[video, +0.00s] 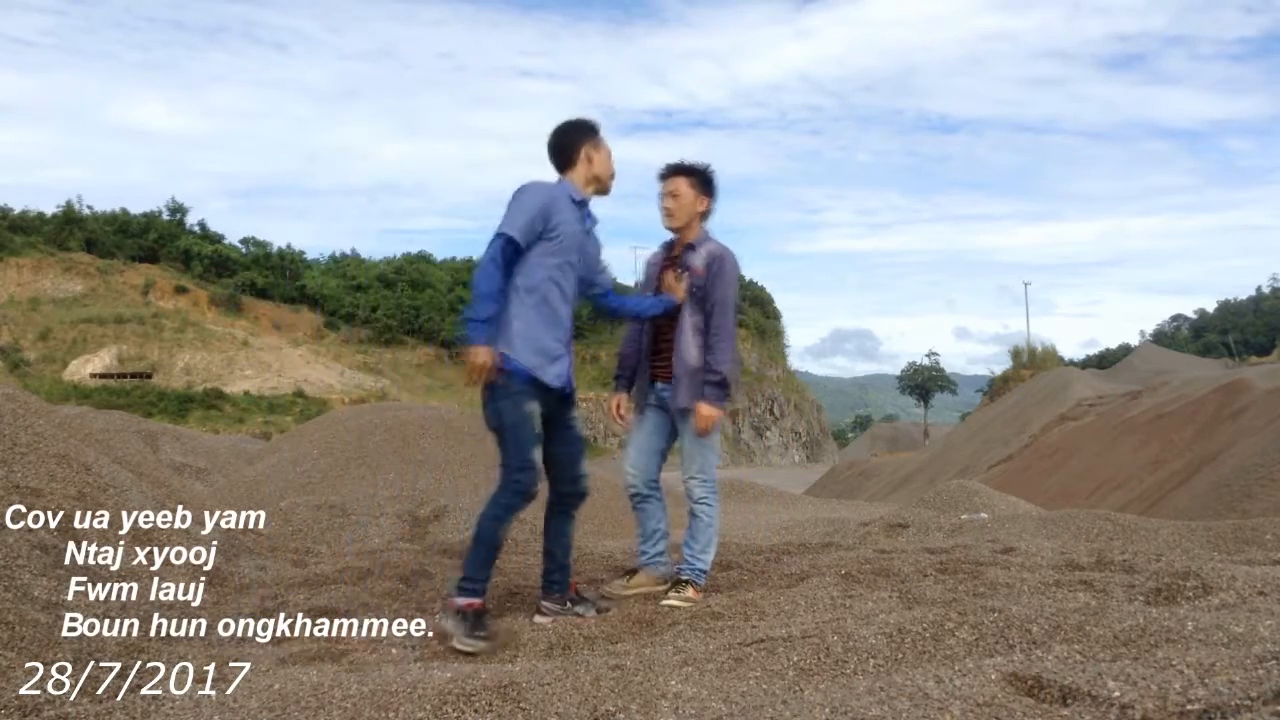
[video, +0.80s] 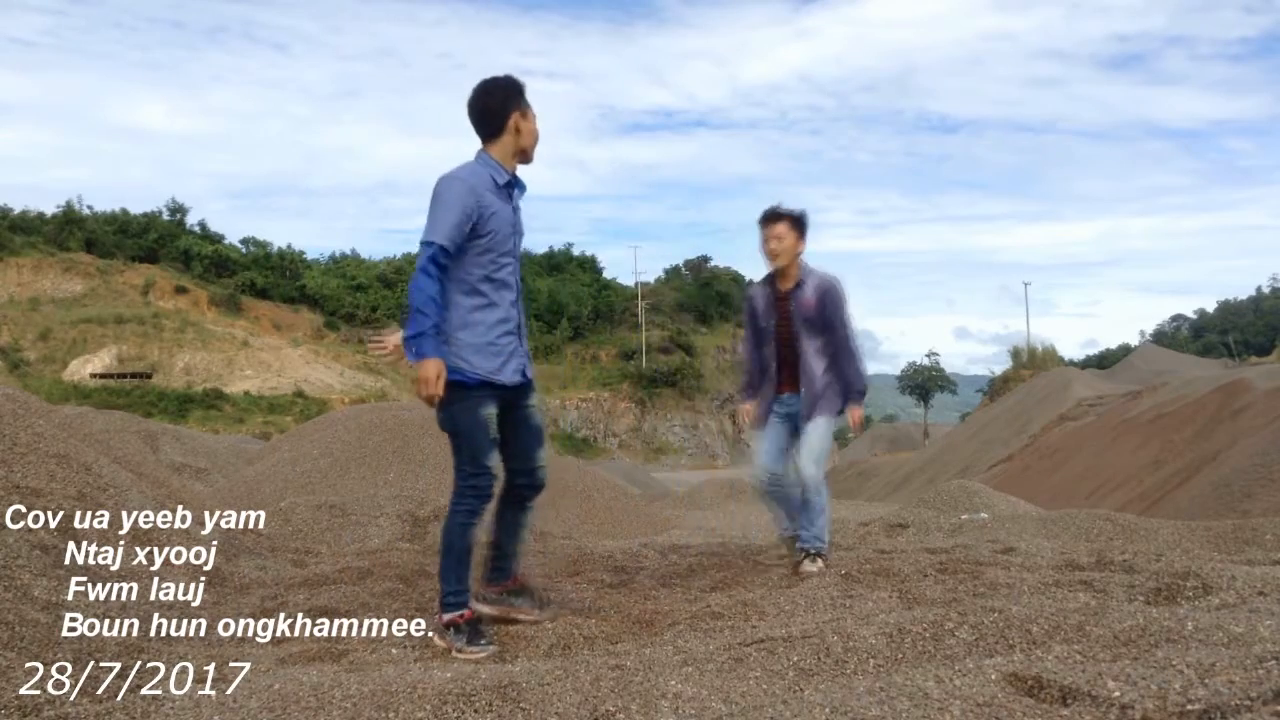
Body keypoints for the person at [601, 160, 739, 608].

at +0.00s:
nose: (665, 204)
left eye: (674, 196)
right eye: (662, 197)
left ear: (702, 203)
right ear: (663, 203)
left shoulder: (718, 260)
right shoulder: (655, 261)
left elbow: (723, 331)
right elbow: (639, 325)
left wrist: (714, 394)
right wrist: (622, 384)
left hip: (696, 393)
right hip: (654, 391)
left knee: (698, 486)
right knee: (639, 477)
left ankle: (693, 576)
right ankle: (654, 567)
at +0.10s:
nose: (686, 216)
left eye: (695, 208)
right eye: (682, 209)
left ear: (721, 210)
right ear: (679, 212)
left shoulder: (738, 265)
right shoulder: (672, 266)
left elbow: (727, 329)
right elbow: (646, 322)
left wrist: (704, 382)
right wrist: (623, 374)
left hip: (709, 395)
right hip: (662, 392)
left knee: (703, 484)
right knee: (643, 474)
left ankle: (692, 574)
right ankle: (690, 546)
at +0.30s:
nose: (722, 238)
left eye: (732, 231)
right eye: (719, 230)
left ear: (755, 240)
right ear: (714, 236)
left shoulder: (769, 296)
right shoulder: (695, 288)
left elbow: (774, 344)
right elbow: (659, 330)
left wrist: (745, 335)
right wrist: (628, 362)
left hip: (741, 403)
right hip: (697, 403)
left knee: (718, 474)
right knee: (693, 493)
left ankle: (702, 571)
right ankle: (739, 565)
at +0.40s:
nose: (729, 244)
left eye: (739, 237)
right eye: (726, 237)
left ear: (761, 247)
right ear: (720, 243)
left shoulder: (782, 300)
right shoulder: (705, 299)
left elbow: (801, 354)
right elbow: (675, 341)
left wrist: (775, 342)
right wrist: (645, 369)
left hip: (756, 404)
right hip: (712, 406)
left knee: (736, 466)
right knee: (697, 487)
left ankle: (740, 558)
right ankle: (724, 555)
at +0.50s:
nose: (742, 240)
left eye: (751, 233)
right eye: (738, 234)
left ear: (773, 239)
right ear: (734, 239)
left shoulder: (796, 291)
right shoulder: (719, 295)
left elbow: (820, 342)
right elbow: (700, 347)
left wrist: (808, 373)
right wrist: (681, 376)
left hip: (776, 400)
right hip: (728, 402)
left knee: (766, 461)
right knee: (719, 483)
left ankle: (781, 540)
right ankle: (736, 567)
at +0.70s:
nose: (762, 256)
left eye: (771, 248)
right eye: (758, 249)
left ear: (793, 253)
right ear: (754, 253)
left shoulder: (816, 301)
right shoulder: (748, 300)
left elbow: (836, 360)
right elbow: (740, 356)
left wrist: (852, 414)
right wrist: (730, 403)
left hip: (812, 408)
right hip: (768, 407)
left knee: (806, 477)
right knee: (742, 467)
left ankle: (812, 552)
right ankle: (772, 544)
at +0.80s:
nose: (771, 246)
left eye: (779, 239)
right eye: (766, 240)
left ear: (800, 242)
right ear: (762, 243)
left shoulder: (824, 287)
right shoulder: (757, 294)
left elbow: (844, 345)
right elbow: (753, 349)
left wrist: (855, 397)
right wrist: (749, 395)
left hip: (821, 399)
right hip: (778, 402)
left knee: (808, 469)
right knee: (766, 474)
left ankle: (814, 547)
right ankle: (800, 529)